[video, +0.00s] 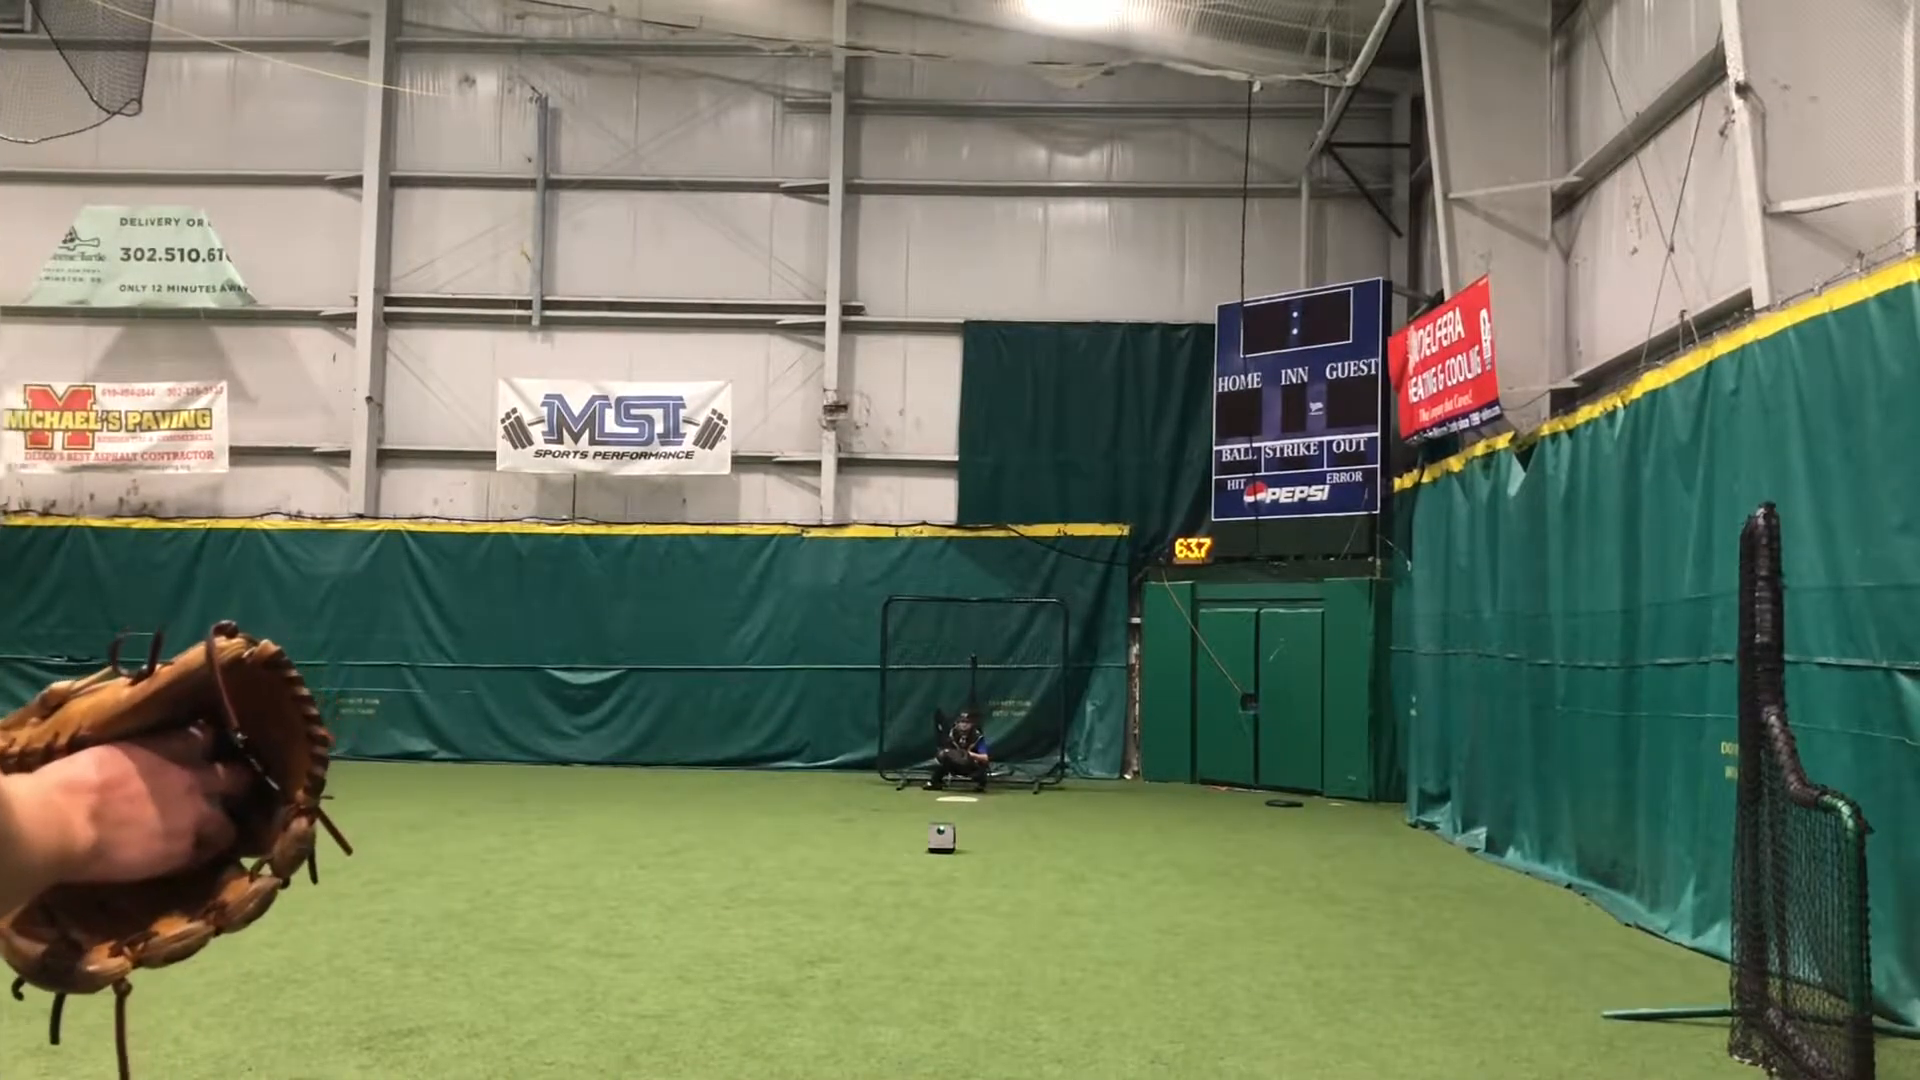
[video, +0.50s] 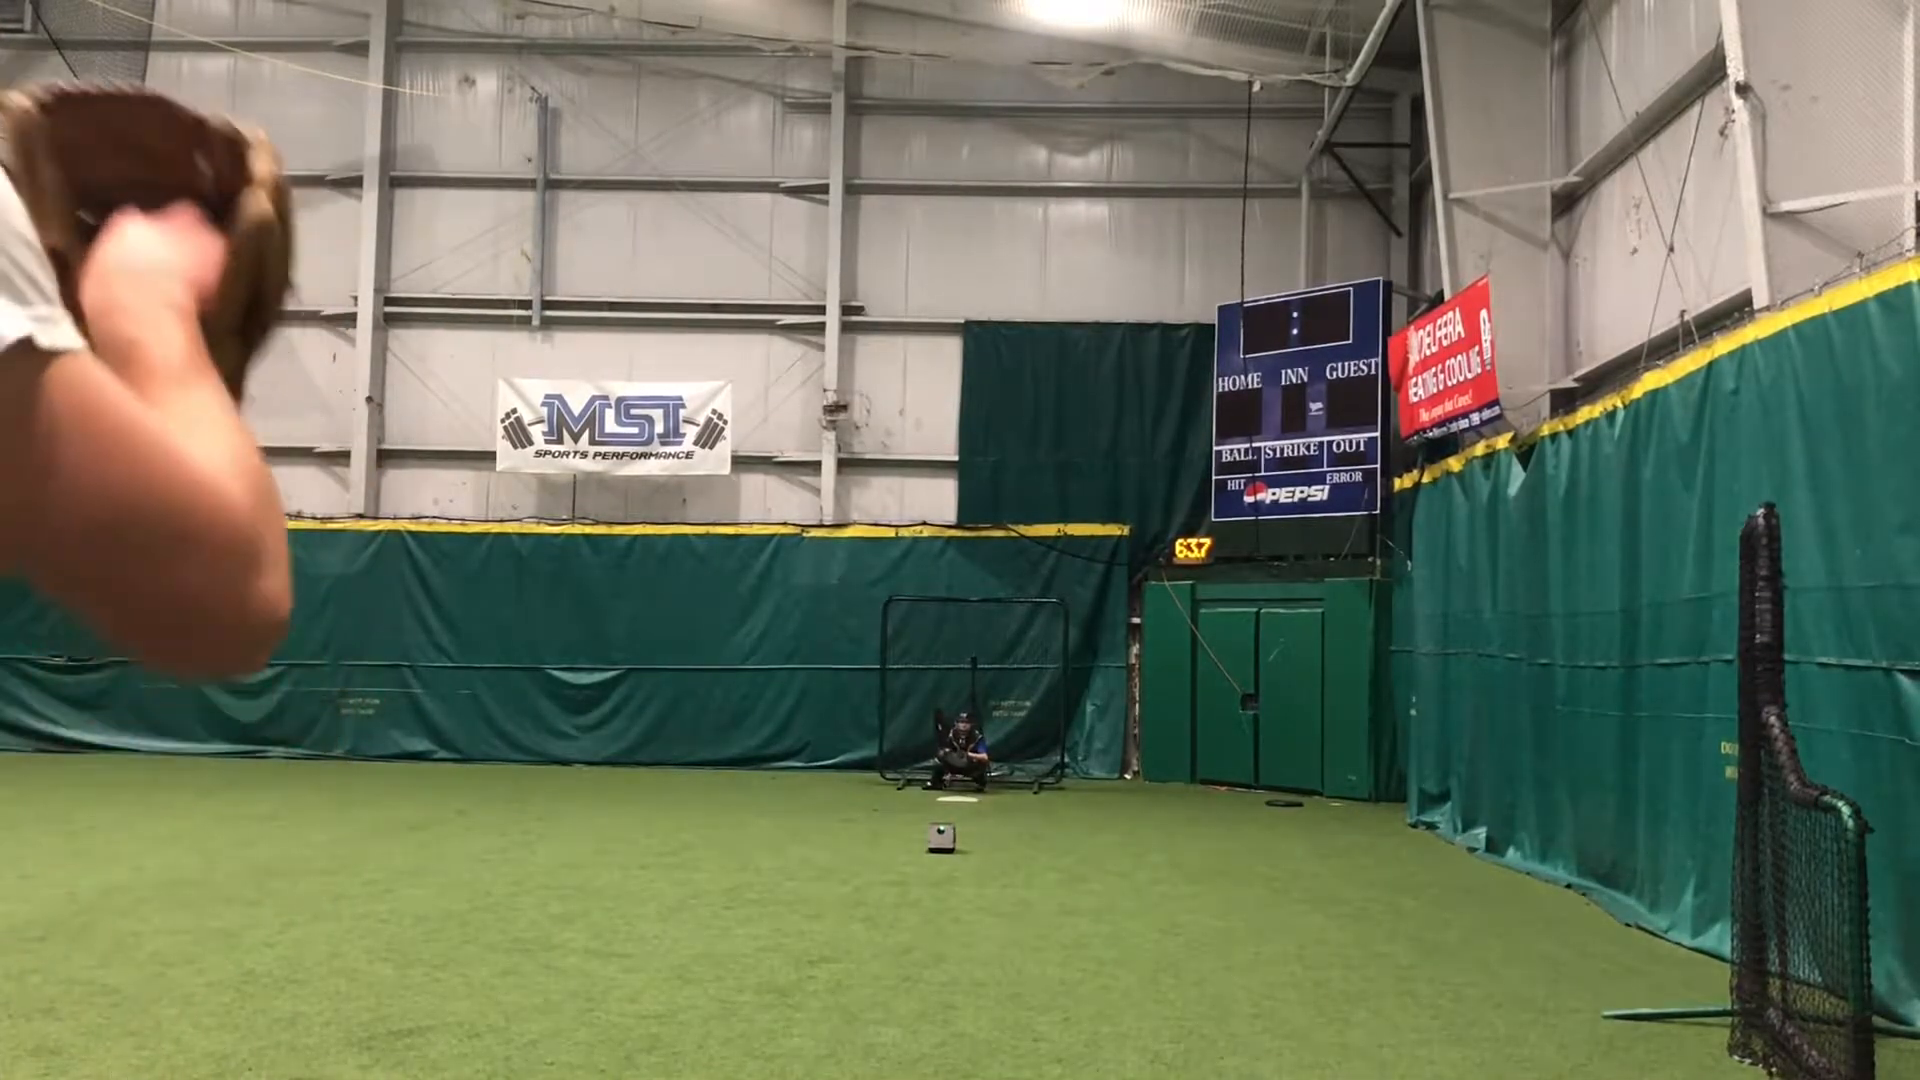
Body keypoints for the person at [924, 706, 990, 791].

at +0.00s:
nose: (964, 725)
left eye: (967, 722)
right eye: (961, 722)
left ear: (972, 724)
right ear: (957, 724)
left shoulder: (978, 738)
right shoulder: (952, 736)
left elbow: (985, 758)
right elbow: (940, 754)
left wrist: (969, 754)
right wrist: (948, 754)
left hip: (972, 765)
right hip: (955, 764)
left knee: (981, 772)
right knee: (944, 765)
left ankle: (981, 785)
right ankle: (935, 782)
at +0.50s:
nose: (964, 725)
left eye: (967, 723)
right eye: (961, 722)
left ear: (971, 725)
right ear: (956, 724)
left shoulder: (977, 737)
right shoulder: (950, 735)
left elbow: (984, 757)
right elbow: (942, 750)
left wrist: (968, 754)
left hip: (971, 763)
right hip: (953, 762)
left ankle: (981, 785)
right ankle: (936, 782)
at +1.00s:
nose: (964, 726)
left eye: (967, 723)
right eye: (961, 723)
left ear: (971, 725)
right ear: (957, 724)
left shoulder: (977, 738)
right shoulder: (950, 735)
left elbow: (985, 759)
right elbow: (941, 752)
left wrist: (971, 756)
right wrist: (948, 753)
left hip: (971, 764)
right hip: (953, 762)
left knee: (978, 774)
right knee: (940, 762)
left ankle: (981, 784)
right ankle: (936, 782)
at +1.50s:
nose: (963, 727)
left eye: (966, 724)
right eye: (960, 724)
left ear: (970, 726)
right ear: (956, 725)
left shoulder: (977, 738)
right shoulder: (951, 735)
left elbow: (984, 759)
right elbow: (943, 751)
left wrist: (969, 757)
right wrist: (952, 756)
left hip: (970, 763)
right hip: (954, 762)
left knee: (979, 773)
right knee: (939, 764)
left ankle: (981, 784)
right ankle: (936, 783)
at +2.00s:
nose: (962, 727)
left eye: (965, 724)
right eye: (960, 724)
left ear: (970, 726)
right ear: (955, 725)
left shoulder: (976, 739)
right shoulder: (950, 735)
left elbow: (983, 759)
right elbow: (944, 749)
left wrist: (967, 757)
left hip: (969, 764)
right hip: (953, 763)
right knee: (941, 756)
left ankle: (981, 784)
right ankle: (936, 782)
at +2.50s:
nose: (959, 728)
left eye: (962, 725)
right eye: (957, 724)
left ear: (967, 726)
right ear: (952, 726)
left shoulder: (974, 739)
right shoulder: (946, 736)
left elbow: (981, 761)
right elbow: (940, 752)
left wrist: (966, 760)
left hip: (966, 766)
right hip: (950, 764)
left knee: (975, 776)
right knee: (938, 760)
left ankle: (981, 783)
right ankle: (935, 782)